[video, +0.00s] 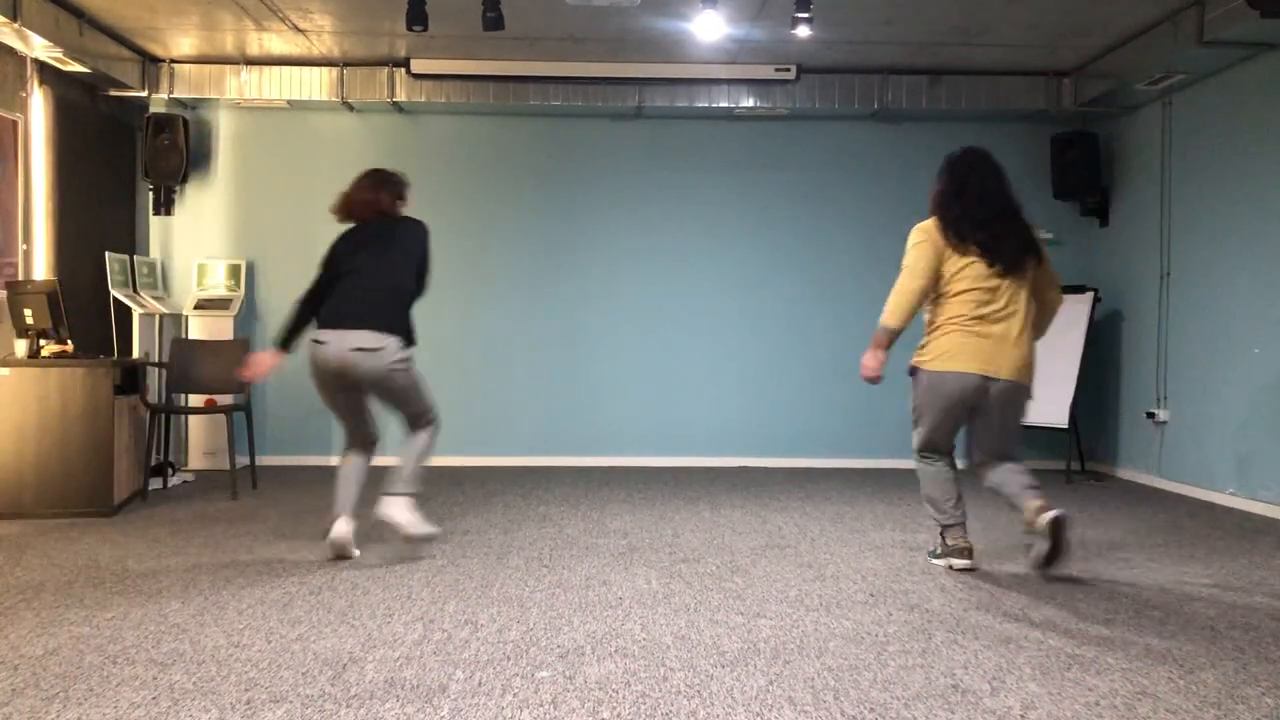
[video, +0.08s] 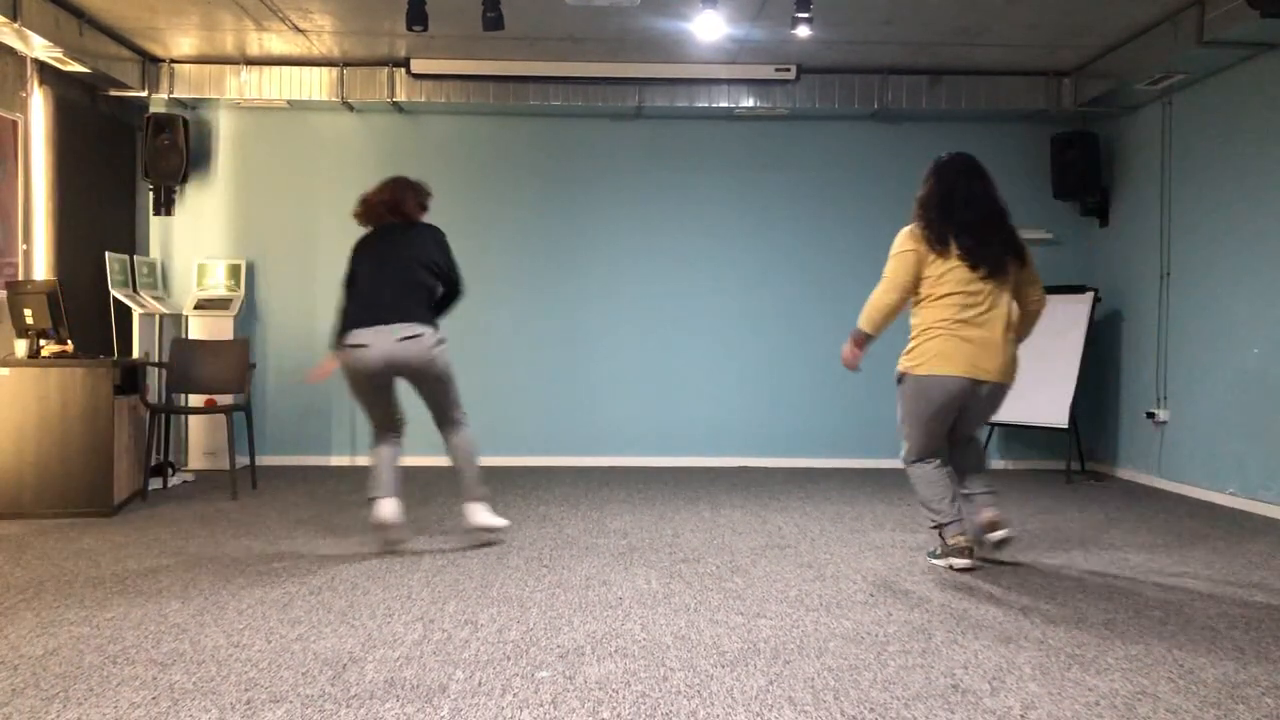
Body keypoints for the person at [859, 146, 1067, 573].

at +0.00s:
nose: (936, 191)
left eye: (940, 184)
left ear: (945, 189)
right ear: (998, 191)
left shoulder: (932, 232)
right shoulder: (1019, 236)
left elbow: (912, 287)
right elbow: (1050, 296)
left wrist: (879, 345)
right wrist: (1022, 336)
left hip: (949, 365)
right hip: (1012, 371)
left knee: (932, 452)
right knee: (993, 459)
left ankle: (955, 542)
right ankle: (1040, 511)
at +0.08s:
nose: (921, 192)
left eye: (926, 186)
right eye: (925, 185)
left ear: (932, 193)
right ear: (984, 196)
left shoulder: (917, 236)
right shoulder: (1002, 241)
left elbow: (893, 291)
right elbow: (1033, 299)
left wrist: (859, 338)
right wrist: (1008, 338)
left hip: (936, 365)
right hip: (995, 370)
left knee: (922, 456)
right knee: (962, 438)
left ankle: (955, 540)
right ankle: (985, 511)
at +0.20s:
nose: (900, 188)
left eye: (904, 182)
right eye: (905, 181)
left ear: (910, 191)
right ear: (959, 193)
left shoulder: (890, 232)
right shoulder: (974, 236)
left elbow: (855, 288)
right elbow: (1006, 292)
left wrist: (826, 303)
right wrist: (988, 322)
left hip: (908, 363)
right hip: (960, 365)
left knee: (901, 453)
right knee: (920, 437)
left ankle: (946, 519)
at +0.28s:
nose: (887, 193)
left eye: (892, 188)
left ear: (899, 195)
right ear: (949, 198)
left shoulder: (881, 234)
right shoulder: (960, 240)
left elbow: (842, 287)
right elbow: (989, 294)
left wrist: (812, 289)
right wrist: (965, 319)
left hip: (895, 357)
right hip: (945, 360)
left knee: (871, 439)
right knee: (904, 435)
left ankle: (927, 497)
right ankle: (884, 508)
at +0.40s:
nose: (871, 185)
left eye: (875, 179)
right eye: (873, 178)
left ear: (886, 186)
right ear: (921, 188)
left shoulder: (866, 228)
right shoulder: (932, 230)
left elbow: (824, 270)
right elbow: (953, 274)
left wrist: (788, 254)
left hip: (873, 349)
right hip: (921, 353)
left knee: (833, 415)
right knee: (886, 427)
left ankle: (870, 498)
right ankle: (882, 507)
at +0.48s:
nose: (865, 169)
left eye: (870, 164)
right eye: (868, 162)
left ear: (880, 173)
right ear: (913, 174)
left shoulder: (859, 214)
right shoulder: (924, 217)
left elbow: (815, 248)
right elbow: (948, 249)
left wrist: (779, 226)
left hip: (863, 338)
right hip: (912, 342)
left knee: (835, 410)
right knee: (886, 417)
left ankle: (857, 492)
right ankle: (879, 498)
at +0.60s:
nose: (856, 152)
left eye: (862, 148)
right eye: (861, 145)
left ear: (872, 158)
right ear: (905, 161)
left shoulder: (849, 194)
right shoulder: (913, 196)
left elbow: (795, 206)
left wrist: (767, 171)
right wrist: (923, 149)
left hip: (852, 320)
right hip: (901, 322)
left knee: (842, 409)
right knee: (885, 406)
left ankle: (856, 490)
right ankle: (877, 489)